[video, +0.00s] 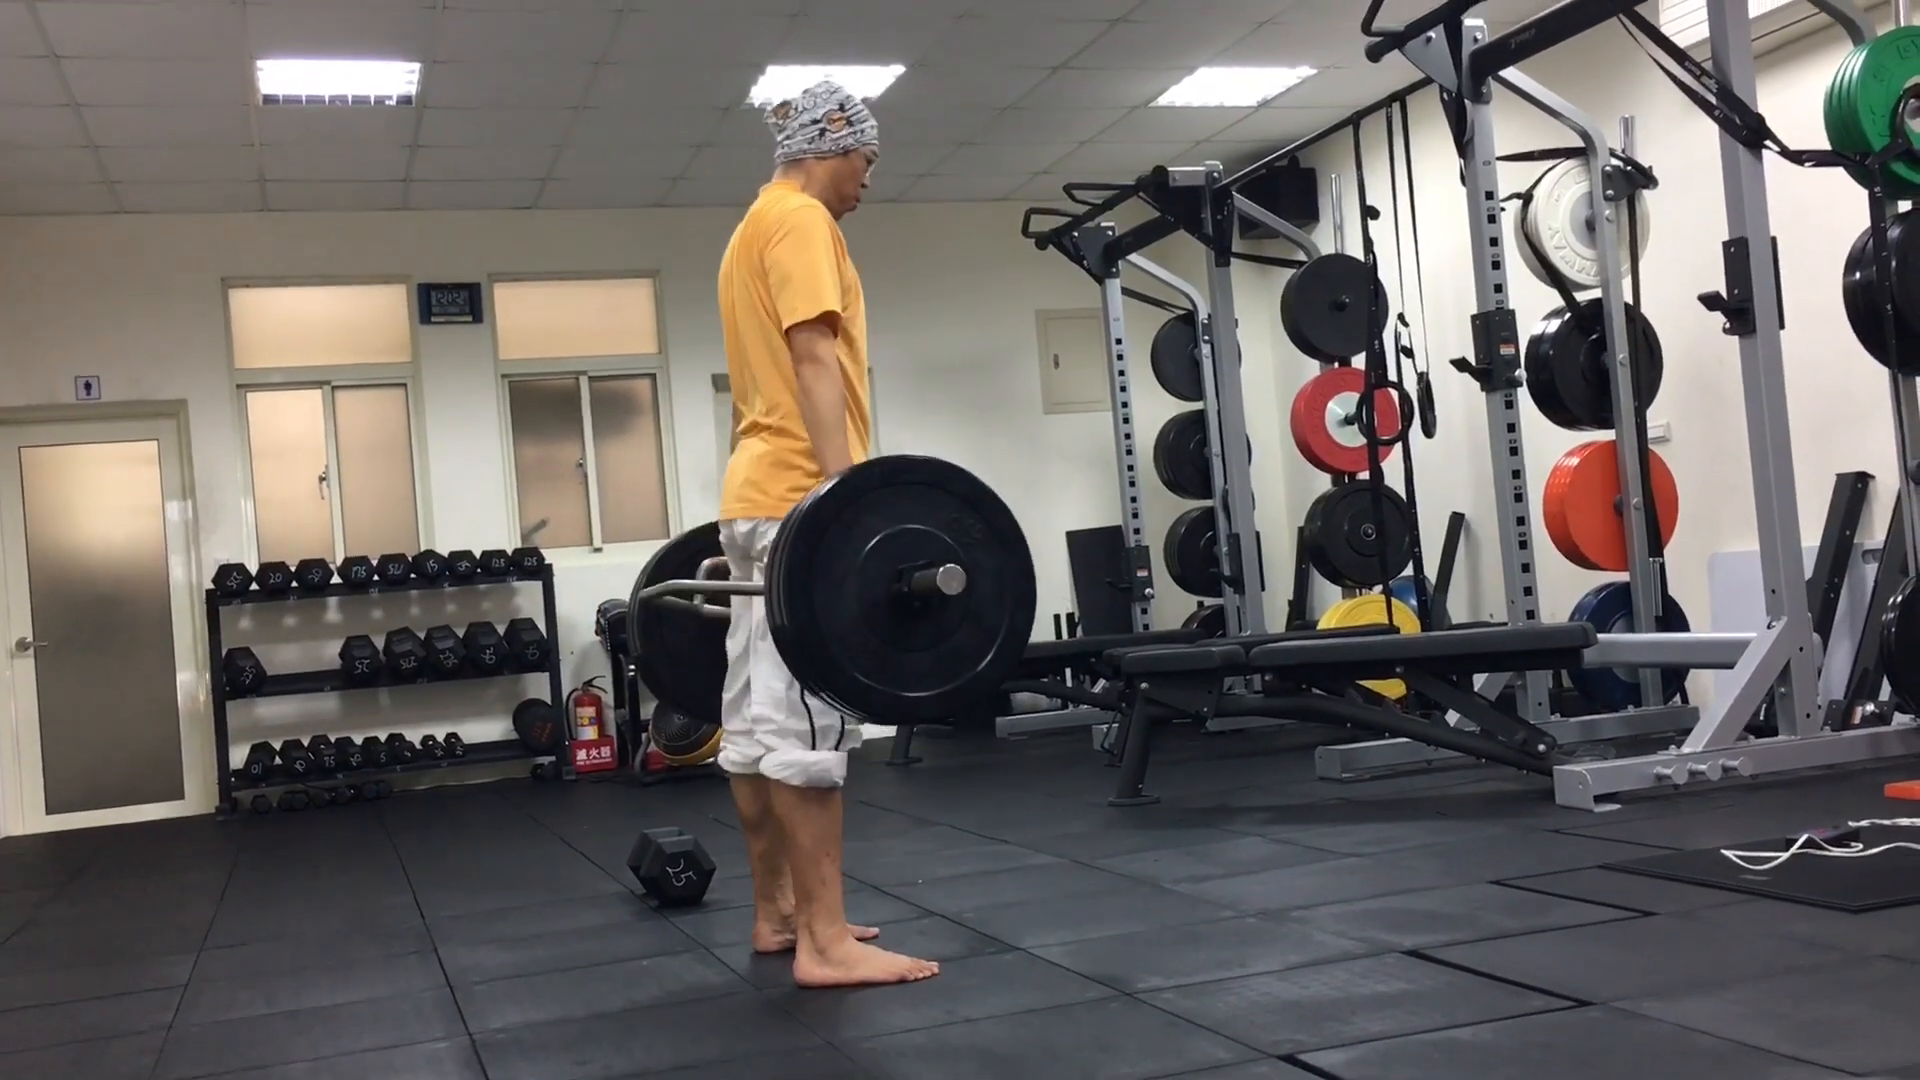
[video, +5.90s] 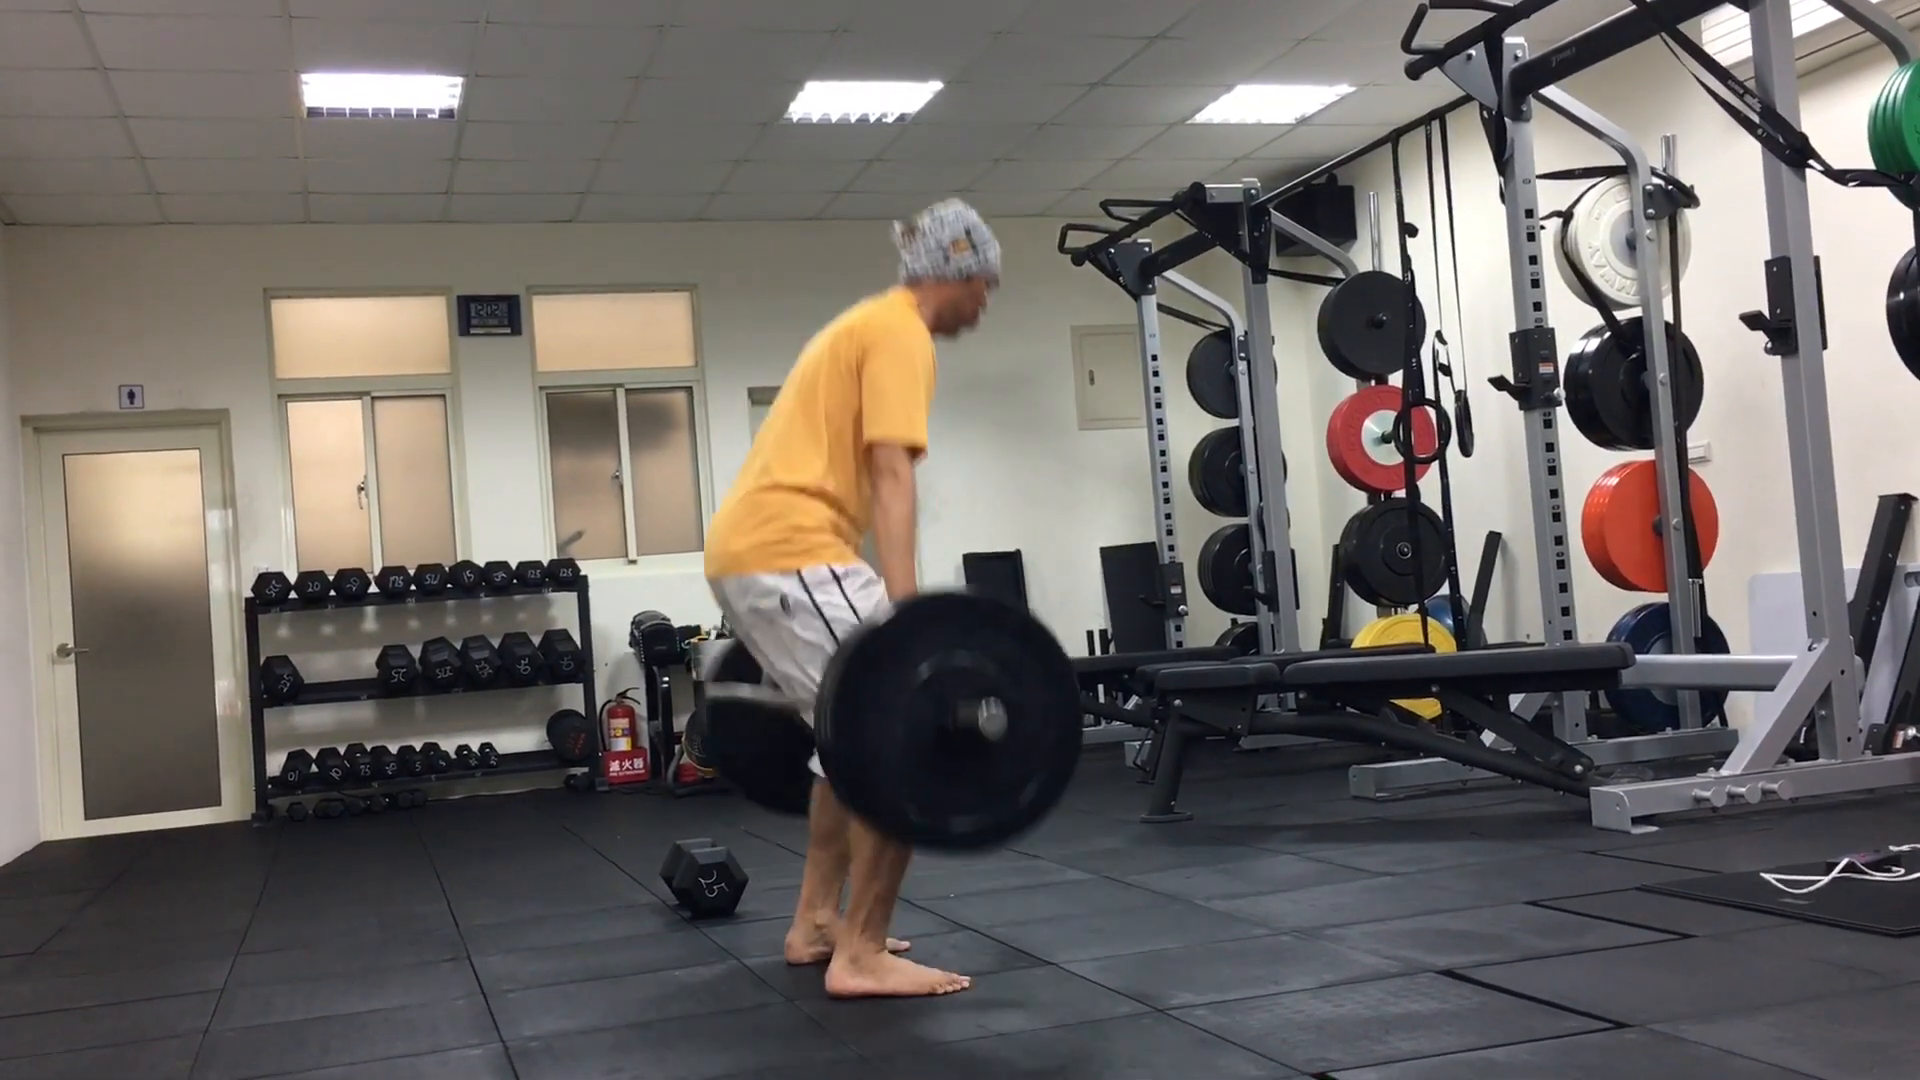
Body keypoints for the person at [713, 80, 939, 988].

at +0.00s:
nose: (869, 180)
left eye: (870, 164)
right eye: (863, 162)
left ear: (795, 155)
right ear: (828, 151)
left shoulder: (754, 230)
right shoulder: (797, 220)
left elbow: (759, 385)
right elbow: (815, 359)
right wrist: (843, 496)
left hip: (755, 501)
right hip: (801, 502)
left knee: (756, 717)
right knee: (807, 716)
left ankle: (778, 912)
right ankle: (827, 940)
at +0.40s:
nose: (915, 265)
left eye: (920, 249)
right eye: (916, 246)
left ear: (851, 229)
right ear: (885, 231)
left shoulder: (792, 292)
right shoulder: (836, 291)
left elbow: (788, 444)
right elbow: (843, 432)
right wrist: (872, 565)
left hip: (709, 543)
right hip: (759, 542)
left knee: (798, 741)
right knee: (857, 731)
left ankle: (790, 928)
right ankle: (838, 957)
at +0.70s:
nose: (953, 382)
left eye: (958, 366)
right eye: (954, 363)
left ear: (892, 346)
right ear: (922, 348)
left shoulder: (830, 400)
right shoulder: (867, 407)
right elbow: (871, 565)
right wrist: (896, 701)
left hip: (697, 614)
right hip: (742, 615)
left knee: (856, 745)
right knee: (891, 748)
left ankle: (800, 932)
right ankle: (849, 965)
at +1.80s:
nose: (970, 297)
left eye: (974, 279)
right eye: (970, 276)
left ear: (911, 258)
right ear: (940, 263)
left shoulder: (850, 321)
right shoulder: (880, 327)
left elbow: (839, 483)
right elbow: (869, 476)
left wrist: (863, 622)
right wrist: (881, 625)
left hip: (736, 548)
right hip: (772, 550)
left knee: (837, 729)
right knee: (880, 728)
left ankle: (812, 933)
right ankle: (857, 964)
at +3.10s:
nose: (980, 423)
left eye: (985, 408)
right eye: (980, 405)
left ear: (921, 390)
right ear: (946, 393)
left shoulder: (858, 438)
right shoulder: (887, 448)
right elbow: (883, 604)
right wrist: (904, 741)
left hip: (708, 640)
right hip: (749, 640)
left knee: (880, 755)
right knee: (936, 753)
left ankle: (807, 933)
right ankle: (852, 963)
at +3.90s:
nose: (981, 325)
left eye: (984, 306)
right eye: (981, 305)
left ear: (921, 291)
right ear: (950, 294)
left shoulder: (858, 349)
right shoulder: (890, 354)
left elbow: (843, 510)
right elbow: (885, 504)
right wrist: (901, 651)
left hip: (728, 563)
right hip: (767, 562)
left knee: (850, 727)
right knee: (896, 725)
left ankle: (809, 925)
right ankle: (856, 956)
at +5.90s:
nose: (984, 307)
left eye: (988, 291)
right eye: (985, 288)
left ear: (930, 269)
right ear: (957, 273)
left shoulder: (864, 326)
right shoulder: (896, 330)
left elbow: (848, 484)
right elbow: (889, 475)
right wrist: (907, 619)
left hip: (748, 550)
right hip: (793, 549)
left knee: (852, 728)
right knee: (898, 724)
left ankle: (816, 921)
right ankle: (863, 953)